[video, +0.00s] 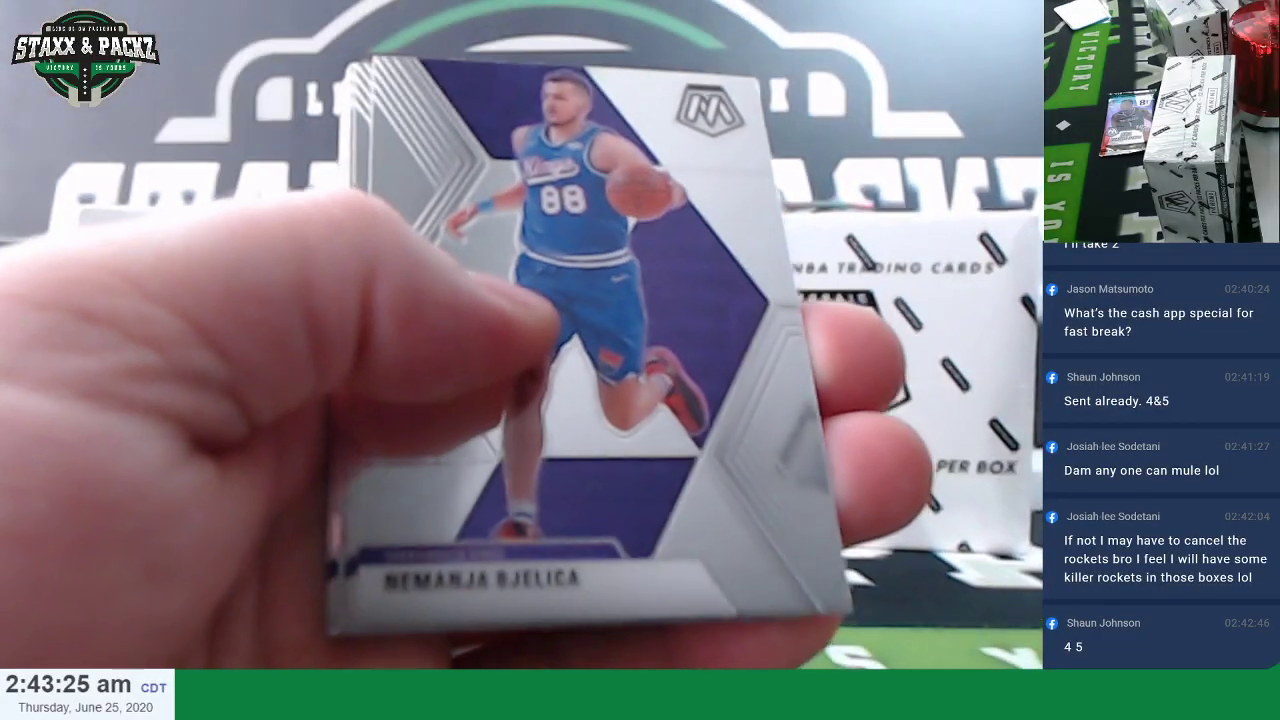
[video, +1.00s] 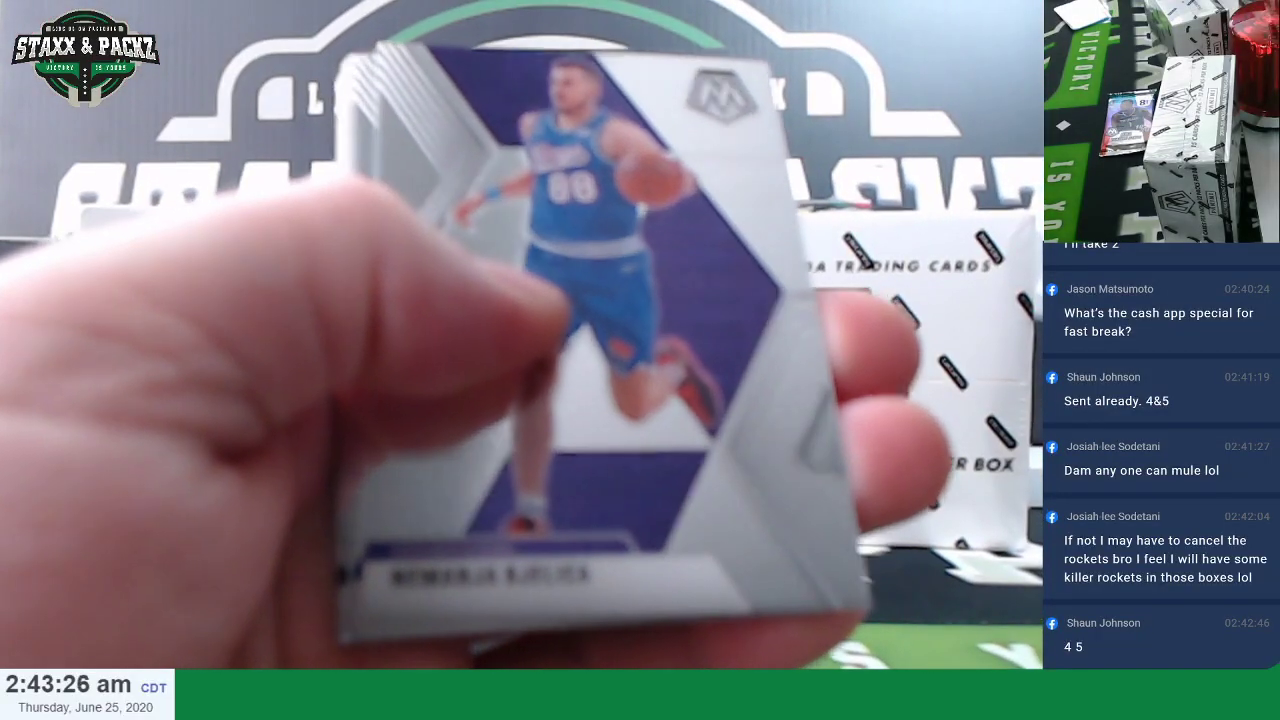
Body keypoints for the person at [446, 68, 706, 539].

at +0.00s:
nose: (552, 102)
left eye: (563, 96)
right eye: (548, 96)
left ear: (586, 105)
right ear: (540, 104)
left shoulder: (606, 146)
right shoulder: (524, 140)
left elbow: (666, 189)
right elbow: (533, 187)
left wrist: (663, 195)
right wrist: (480, 207)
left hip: (606, 283)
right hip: (539, 277)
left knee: (623, 415)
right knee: (523, 392)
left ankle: (666, 376)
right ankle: (521, 521)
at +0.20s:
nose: (566, 101)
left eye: (576, 93)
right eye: (561, 94)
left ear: (599, 101)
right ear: (552, 102)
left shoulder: (619, 146)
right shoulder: (537, 138)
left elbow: (665, 183)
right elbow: (547, 187)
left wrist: (672, 195)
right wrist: (492, 207)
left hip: (619, 286)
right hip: (552, 280)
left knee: (637, 419)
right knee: (535, 398)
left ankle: (680, 381)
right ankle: (535, 527)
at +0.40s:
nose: (557, 101)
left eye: (567, 94)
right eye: (552, 94)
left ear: (590, 101)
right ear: (544, 102)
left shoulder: (611, 145)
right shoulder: (529, 138)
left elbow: (653, 181)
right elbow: (539, 187)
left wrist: (659, 194)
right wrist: (484, 205)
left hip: (611, 283)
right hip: (545, 277)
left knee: (629, 412)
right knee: (527, 392)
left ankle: (672, 375)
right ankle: (526, 521)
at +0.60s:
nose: (566, 108)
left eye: (576, 101)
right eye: (562, 101)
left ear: (599, 109)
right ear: (554, 109)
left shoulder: (618, 151)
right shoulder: (538, 144)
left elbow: (670, 188)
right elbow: (548, 192)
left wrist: (669, 199)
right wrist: (494, 209)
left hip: (618, 286)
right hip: (552, 281)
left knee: (636, 412)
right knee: (534, 391)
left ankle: (679, 377)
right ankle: (532, 518)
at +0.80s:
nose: (559, 92)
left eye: (570, 85)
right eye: (555, 85)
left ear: (594, 93)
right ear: (546, 93)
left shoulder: (612, 137)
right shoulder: (530, 130)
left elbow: (669, 178)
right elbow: (539, 180)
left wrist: (665, 188)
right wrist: (483, 198)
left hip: (611, 278)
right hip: (542, 272)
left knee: (627, 410)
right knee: (523, 388)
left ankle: (671, 373)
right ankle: (520, 520)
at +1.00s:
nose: (562, 89)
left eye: (572, 81)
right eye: (556, 82)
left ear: (595, 88)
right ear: (548, 90)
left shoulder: (615, 133)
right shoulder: (533, 126)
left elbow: (668, 171)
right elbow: (542, 176)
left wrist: (665, 183)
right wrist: (487, 197)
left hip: (616, 274)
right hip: (548, 268)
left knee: (634, 404)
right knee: (531, 383)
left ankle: (679, 368)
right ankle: (530, 515)